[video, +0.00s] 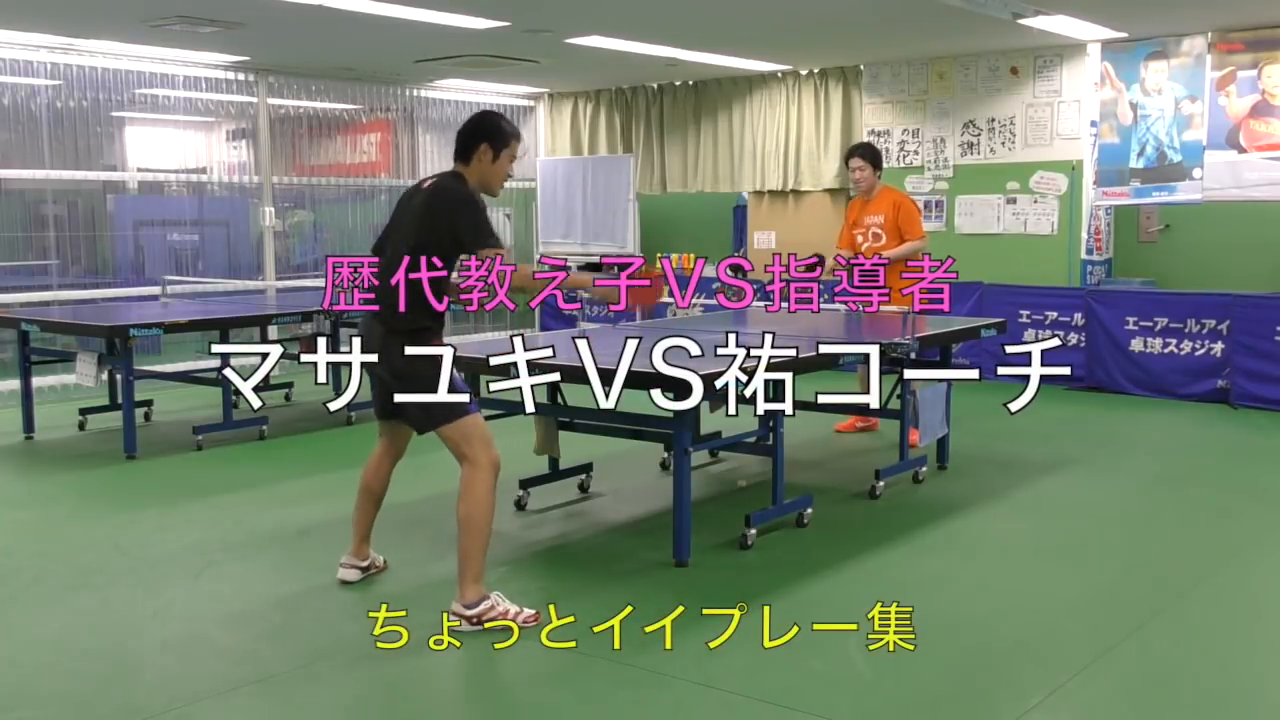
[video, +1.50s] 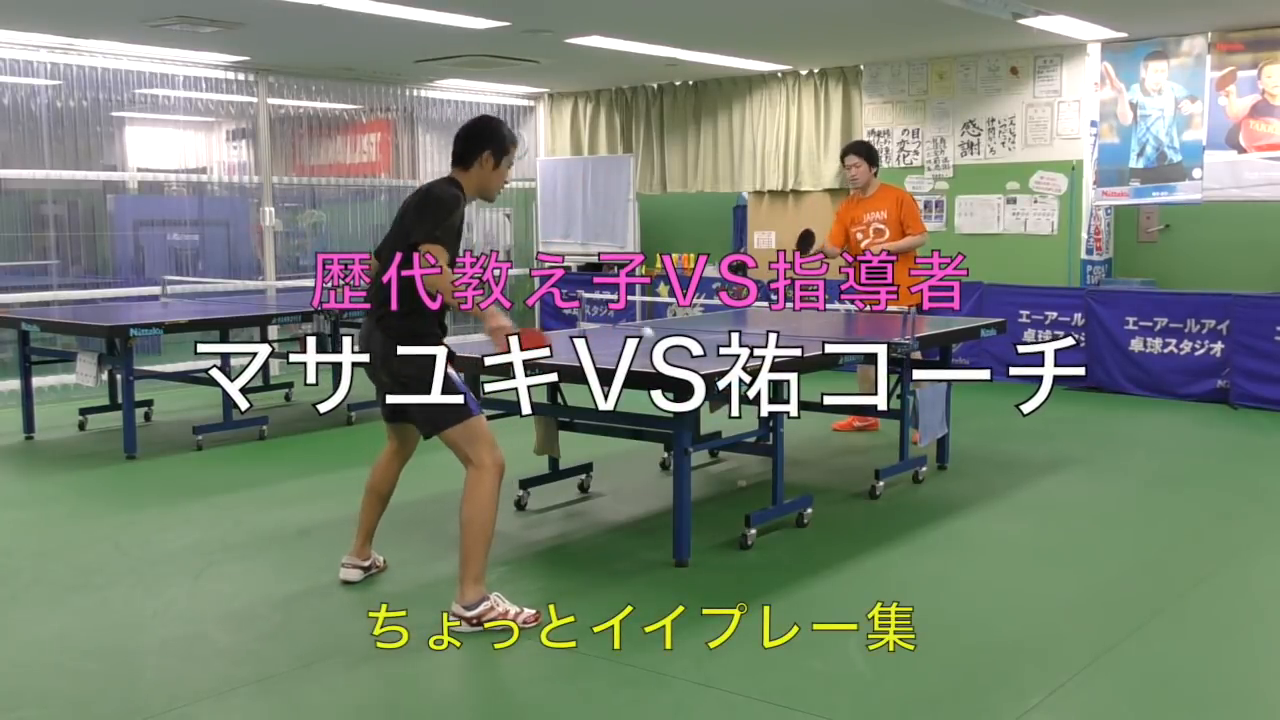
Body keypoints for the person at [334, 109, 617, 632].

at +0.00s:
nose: (509, 173)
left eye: (512, 163)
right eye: (508, 161)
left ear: (469, 154)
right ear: (482, 154)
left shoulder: (422, 191)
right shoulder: (458, 196)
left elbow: (384, 258)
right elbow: (502, 276)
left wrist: (452, 286)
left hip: (386, 344)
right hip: (418, 350)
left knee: (389, 446)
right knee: (481, 458)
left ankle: (357, 554)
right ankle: (472, 597)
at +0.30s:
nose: (491, 148)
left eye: (489, 140)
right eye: (490, 140)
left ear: (438, 143)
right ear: (482, 143)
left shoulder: (399, 189)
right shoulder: (487, 194)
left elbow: (362, 247)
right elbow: (561, 234)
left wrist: (416, 256)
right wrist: (562, 203)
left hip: (388, 344)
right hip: (441, 348)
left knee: (377, 448)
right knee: (501, 464)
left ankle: (356, 556)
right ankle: (475, 596)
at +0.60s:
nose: (505, 163)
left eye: (504, 153)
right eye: (504, 152)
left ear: (459, 147)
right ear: (490, 152)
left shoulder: (426, 189)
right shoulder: (452, 192)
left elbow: (390, 262)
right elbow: (426, 265)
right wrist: (467, 321)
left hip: (390, 343)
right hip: (418, 347)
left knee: (397, 445)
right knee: (487, 460)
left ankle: (358, 555)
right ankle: (473, 597)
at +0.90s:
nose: (497, 161)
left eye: (498, 151)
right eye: (496, 150)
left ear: (451, 143)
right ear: (474, 145)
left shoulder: (404, 185)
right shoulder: (469, 190)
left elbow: (370, 249)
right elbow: (528, 250)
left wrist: (427, 269)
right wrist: (572, 226)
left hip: (384, 340)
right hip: (425, 345)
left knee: (382, 443)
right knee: (485, 459)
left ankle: (357, 554)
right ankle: (473, 597)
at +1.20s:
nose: (483, 145)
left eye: (479, 137)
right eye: (482, 137)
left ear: (432, 139)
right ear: (474, 139)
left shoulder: (395, 185)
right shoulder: (477, 192)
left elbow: (363, 243)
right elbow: (526, 257)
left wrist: (418, 251)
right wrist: (561, 247)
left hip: (386, 342)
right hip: (437, 345)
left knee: (380, 445)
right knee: (491, 460)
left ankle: (356, 554)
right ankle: (475, 596)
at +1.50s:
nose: (507, 178)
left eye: (509, 168)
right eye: (505, 166)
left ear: (469, 160)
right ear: (482, 160)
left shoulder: (430, 197)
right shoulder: (446, 198)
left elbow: (384, 270)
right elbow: (432, 270)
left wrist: (434, 341)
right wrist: (487, 313)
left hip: (387, 350)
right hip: (414, 352)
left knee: (399, 445)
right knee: (487, 460)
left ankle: (358, 555)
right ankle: (472, 597)